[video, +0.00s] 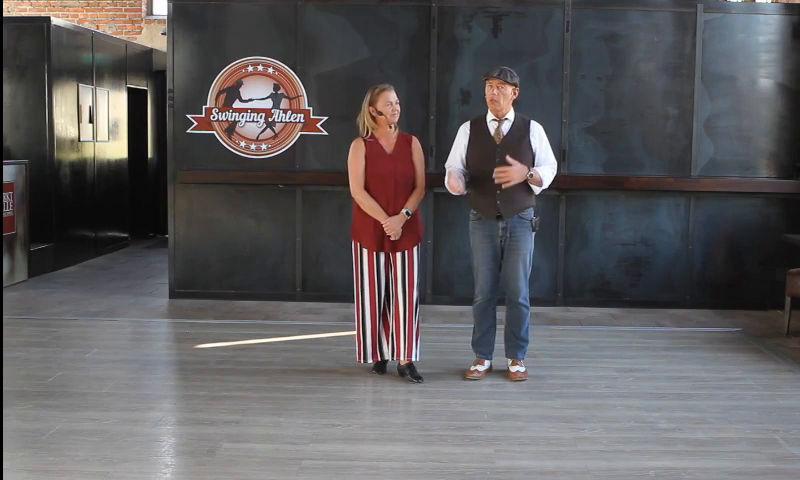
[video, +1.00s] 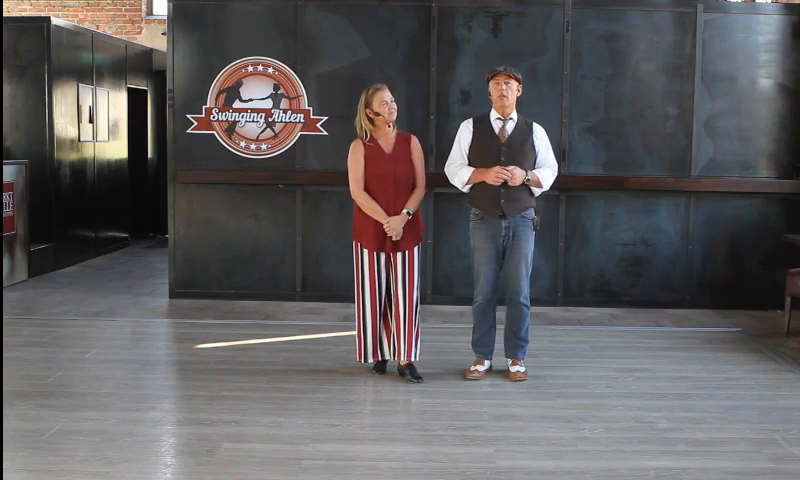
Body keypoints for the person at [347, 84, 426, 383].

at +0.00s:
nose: (395, 108)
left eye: (396, 103)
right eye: (388, 105)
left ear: (400, 107)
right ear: (373, 110)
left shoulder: (412, 143)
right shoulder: (360, 145)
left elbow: (420, 188)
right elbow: (357, 191)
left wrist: (401, 216)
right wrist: (388, 221)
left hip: (405, 231)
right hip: (370, 232)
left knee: (406, 295)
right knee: (373, 295)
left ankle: (406, 359)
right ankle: (378, 355)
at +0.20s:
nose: (393, 107)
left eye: (395, 103)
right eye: (387, 104)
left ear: (398, 106)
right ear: (371, 110)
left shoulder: (411, 143)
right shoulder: (359, 145)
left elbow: (420, 187)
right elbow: (356, 190)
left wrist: (402, 216)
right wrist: (387, 220)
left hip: (405, 230)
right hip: (370, 231)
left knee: (405, 295)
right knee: (373, 295)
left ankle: (405, 359)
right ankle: (378, 355)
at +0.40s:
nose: (393, 105)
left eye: (394, 101)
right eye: (386, 102)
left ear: (397, 106)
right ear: (371, 109)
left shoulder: (410, 142)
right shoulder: (359, 145)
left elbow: (420, 187)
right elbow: (355, 190)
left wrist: (401, 216)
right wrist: (386, 220)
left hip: (405, 230)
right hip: (370, 231)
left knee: (405, 295)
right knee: (373, 295)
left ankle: (406, 359)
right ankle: (378, 355)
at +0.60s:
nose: (393, 105)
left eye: (393, 101)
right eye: (386, 103)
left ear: (396, 105)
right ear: (371, 111)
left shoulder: (410, 142)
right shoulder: (359, 146)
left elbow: (420, 186)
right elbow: (355, 191)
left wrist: (401, 216)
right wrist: (386, 221)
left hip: (405, 230)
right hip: (370, 231)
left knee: (406, 295)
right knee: (373, 295)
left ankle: (406, 359)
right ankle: (379, 355)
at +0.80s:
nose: (393, 106)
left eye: (393, 101)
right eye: (386, 103)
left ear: (396, 106)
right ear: (370, 112)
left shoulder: (411, 142)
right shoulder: (359, 146)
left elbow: (420, 186)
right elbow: (356, 191)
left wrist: (402, 216)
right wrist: (388, 221)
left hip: (405, 230)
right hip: (371, 231)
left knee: (406, 295)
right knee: (373, 295)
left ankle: (406, 359)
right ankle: (379, 355)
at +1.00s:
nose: (391, 107)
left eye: (392, 101)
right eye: (384, 104)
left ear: (397, 106)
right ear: (370, 112)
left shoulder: (411, 142)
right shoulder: (359, 146)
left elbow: (421, 186)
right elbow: (356, 191)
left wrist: (404, 216)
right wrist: (388, 221)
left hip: (406, 231)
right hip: (371, 232)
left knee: (407, 295)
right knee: (374, 295)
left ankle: (406, 359)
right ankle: (379, 355)